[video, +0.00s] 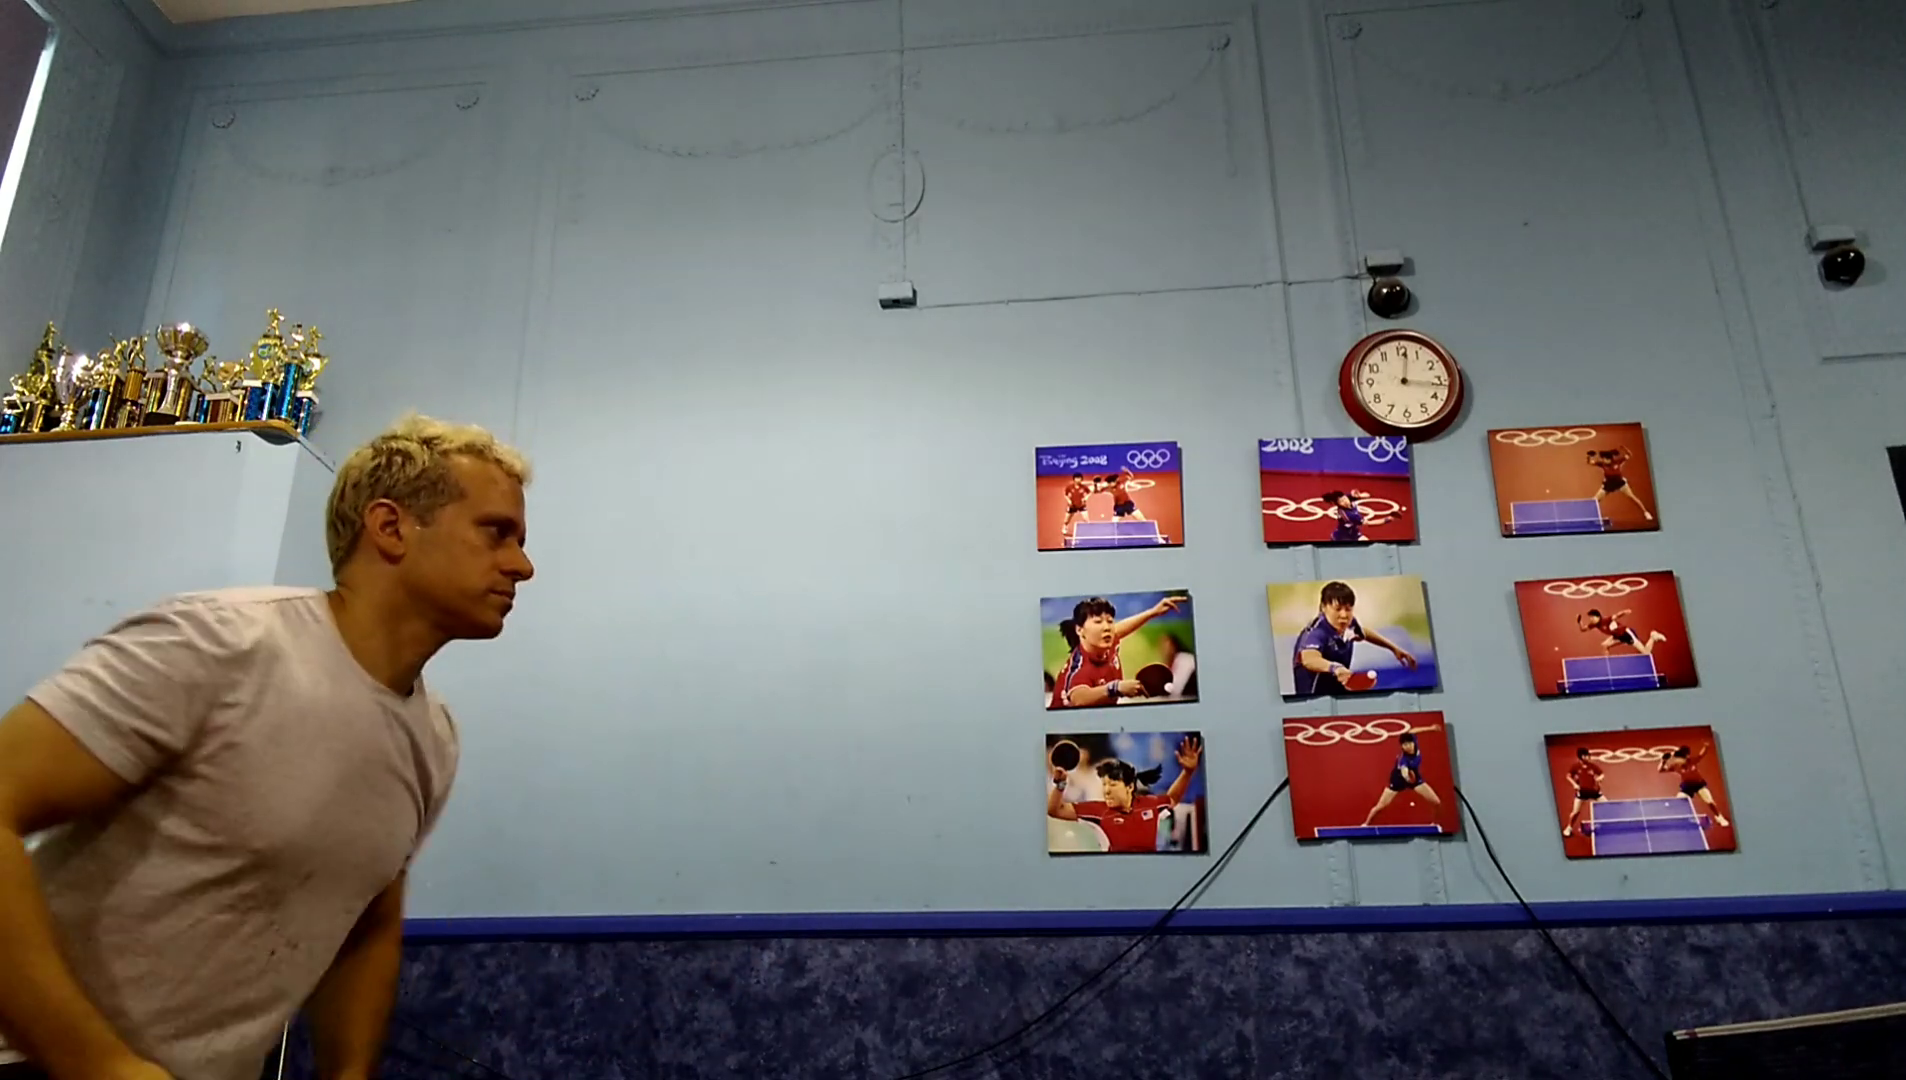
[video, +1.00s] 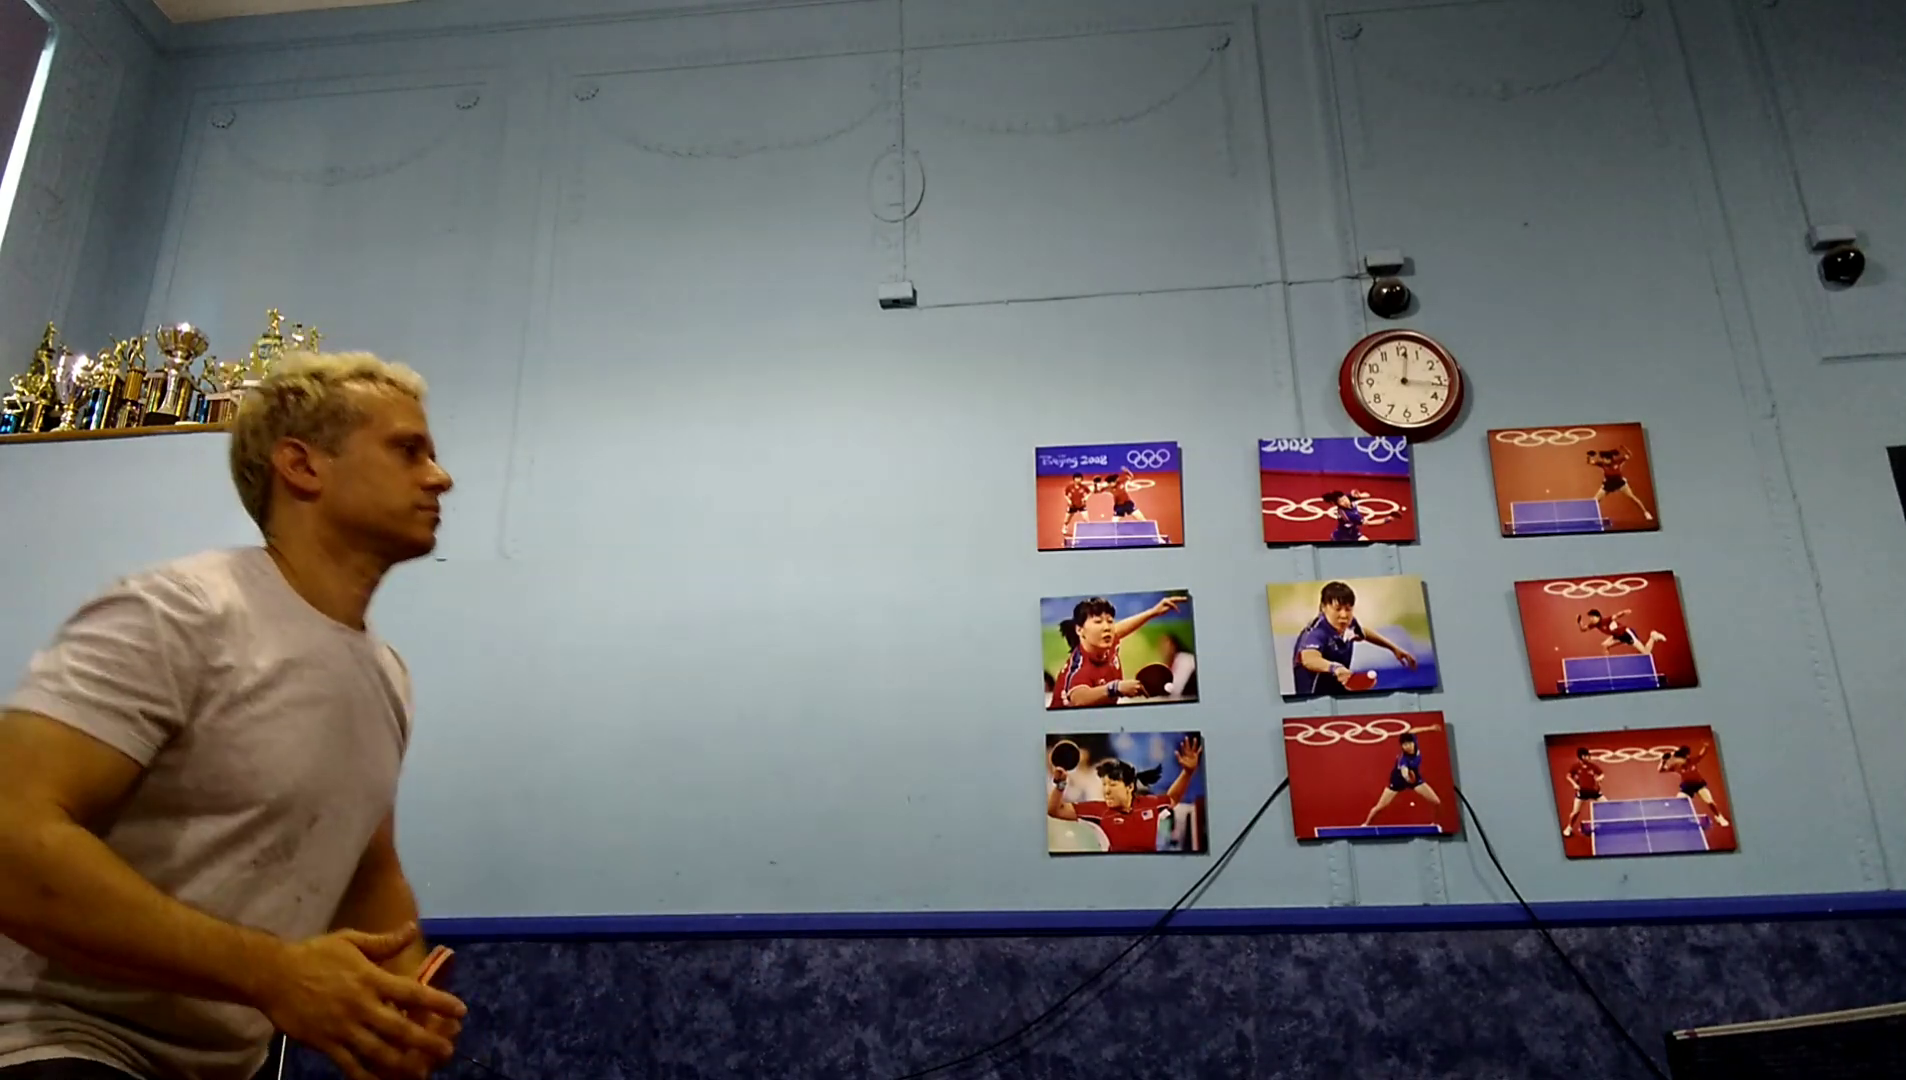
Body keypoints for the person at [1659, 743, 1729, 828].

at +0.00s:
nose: (1685, 759)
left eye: (1686, 757)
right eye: (1683, 757)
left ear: (1687, 756)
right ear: (1679, 757)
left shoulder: (1692, 760)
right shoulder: (1676, 766)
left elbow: (1701, 755)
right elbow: (1661, 770)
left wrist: (1705, 747)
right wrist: (1663, 760)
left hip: (1699, 784)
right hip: (1686, 786)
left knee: (1710, 802)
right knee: (1678, 803)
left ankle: (1719, 817)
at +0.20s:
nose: (1685, 759)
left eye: (1687, 756)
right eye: (1683, 757)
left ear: (1688, 756)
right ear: (1680, 757)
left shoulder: (1692, 760)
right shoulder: (1676, 766)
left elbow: (1701, 755)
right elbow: (1660, 770)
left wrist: (1705, 747)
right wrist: (1663, 760)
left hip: (1699, 784)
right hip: (1686, 786)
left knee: (1710, 802)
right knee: (1678, 803)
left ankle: (1719, 817)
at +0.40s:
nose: (1685, 759)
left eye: (1687, 756)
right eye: (1683, 757)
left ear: (1687, 756)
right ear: (1680, 757)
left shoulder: (1692, 760)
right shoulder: (1676, 766)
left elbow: (1701, 755)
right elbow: (1660, 770)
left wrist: (1705, 747)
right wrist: (1663, 760)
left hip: (1699, 784)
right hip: (1686, 786)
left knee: (1710, 802)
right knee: (1678, 803)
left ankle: (1719, 817)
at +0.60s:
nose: (1683, 761)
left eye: (1684, 758)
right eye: (1680, 759)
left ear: (1687, 757)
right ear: (1677, 758)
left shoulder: (1692, 761)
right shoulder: (1676, 766)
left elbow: (1701, 756)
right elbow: (1661, 771)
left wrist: (1705, 747)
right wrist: (1663, 760)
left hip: (1699, 784)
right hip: (1686, 786)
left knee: (1710, 802)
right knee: (1678, 803)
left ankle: (1718, 817)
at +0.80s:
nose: (1685, 759)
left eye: (1686, 757)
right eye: (1683, 757)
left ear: (1687, 756)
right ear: (1679, 757)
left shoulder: (1692, 760)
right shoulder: (1676, 765)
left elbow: (1701, 755)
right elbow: (1661, 770)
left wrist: (1705, 747)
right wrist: (1663, 760)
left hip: (1699, 784)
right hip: (1686, 786)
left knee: (1710, 802)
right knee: (1678, 803)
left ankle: (1718, 817)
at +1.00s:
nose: (1685, 759)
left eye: (1686, 756)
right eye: (1683, 757)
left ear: (1687, 756)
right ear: (1679, 757)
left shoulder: (1692, 760)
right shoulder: (1676, 765)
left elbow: (1701, 755)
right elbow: (1661, 770)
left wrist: (1705, 747)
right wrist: (1663, 760)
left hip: (1699, 784)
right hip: (1686, 786)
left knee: (1710, 802)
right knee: (1678, 803)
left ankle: (1718, 817)